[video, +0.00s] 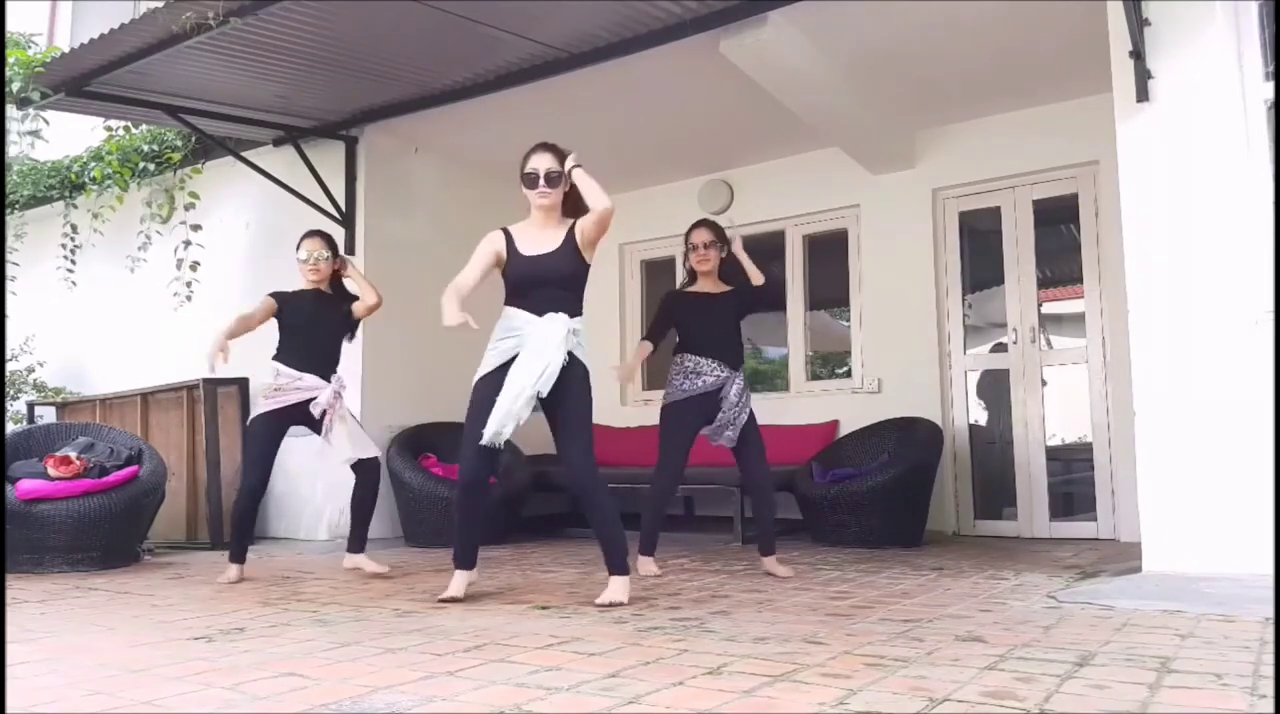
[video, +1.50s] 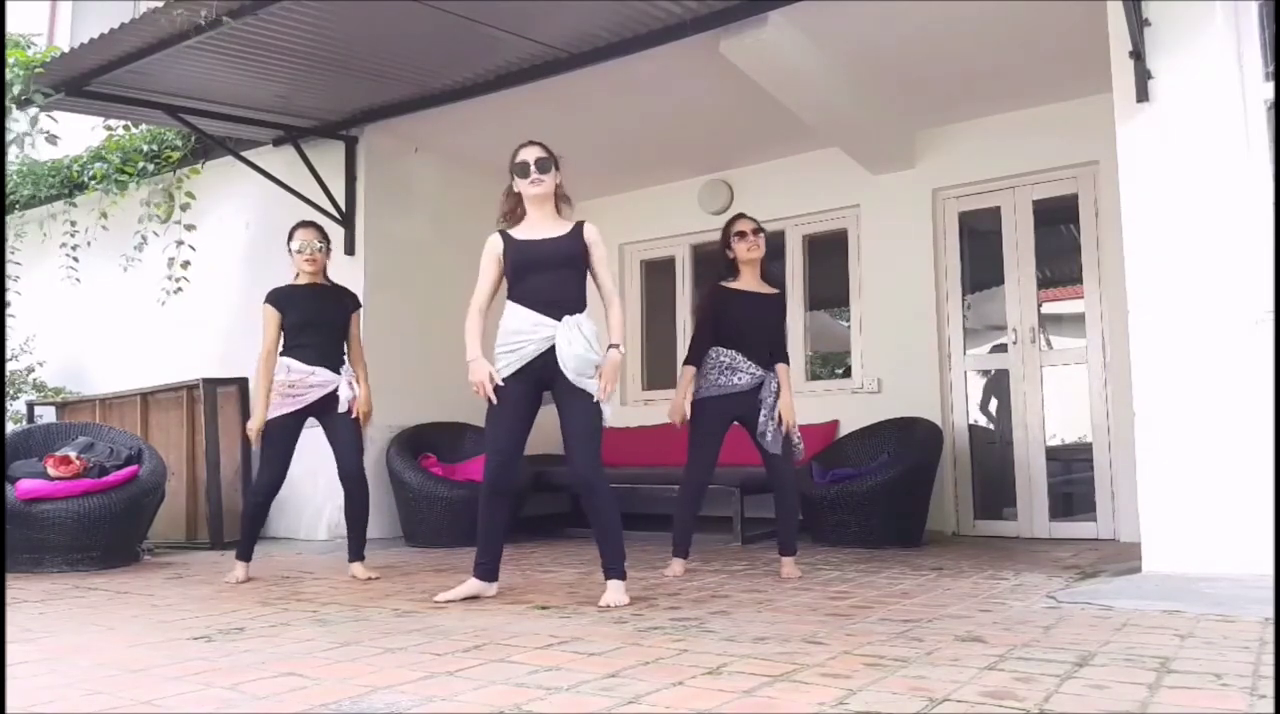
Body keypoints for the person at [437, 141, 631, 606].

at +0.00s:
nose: (543, 184)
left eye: (551, 177)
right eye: (533, 178)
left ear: (566, 183)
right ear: (522, 184)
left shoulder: (579, 235)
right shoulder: (502, 239)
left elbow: (602, 208)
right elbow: (461, 284)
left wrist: (574, 169)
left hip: (562, 356)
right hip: (508, 354)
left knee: (580, 469)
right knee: (473, 463)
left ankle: (619, 573)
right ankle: (464, 569)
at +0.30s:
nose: (563, 194)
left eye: (573, 187)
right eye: (555, 186)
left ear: (588, 194)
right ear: (543, 193)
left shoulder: (592, 241)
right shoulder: (530, 243)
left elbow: (630, 201)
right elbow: (499, 262)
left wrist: (601, 176)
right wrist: (550, 224)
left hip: (580, 362)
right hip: (536, 368)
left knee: (577, 471)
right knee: (480, 456)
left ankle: (636, 576)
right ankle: (476, 572)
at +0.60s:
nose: (537, 191)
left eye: (547, 185)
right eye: (528, 184)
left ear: (560, 194)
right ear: (516, 191)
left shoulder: (573, 241)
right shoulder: (500, 254)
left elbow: (565, 218)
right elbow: (491, 304)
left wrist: (574, 185)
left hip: (556, 363)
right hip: (505, 361)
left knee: (576, 469)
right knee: (474, 468)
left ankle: (621, 565)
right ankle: (467, 571)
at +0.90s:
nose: (531, 167)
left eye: (542, 161)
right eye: (523, 161)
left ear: (555, 173)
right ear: (510, 172)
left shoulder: (570, 226)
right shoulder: (486, 229)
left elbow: (608, 256)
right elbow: (436, 268)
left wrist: (625, 271)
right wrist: (412, 300)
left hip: (551, 351)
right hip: (498, 353)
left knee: (581, 464)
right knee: (477, 464)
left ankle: (616, 575)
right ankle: (482, 576)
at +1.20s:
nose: (539, 172)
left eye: (549, 166)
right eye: (530, 167)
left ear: (564, 176)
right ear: (519, 178)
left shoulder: (580, 223)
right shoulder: (500, 235)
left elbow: (598, 286)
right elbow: (476, 304)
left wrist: (602, 346)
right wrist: (478, 363)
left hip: (571, 352)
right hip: (516, 353)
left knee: (588, 467)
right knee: (494, 465)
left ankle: (616, 577)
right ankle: (483, 576)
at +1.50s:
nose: (534, 174)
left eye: (543, 166)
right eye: (523, 170)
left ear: (558, 175)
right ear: (513, 182)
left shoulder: (583, 232)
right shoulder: (501, 240)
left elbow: (610, 296)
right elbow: (477, 307)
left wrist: (615, 350)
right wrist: (476, 357)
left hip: (575, 355)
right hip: (516, 358)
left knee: (586, 471)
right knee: (497, 469)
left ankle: (615, 579)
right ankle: (484, 577)